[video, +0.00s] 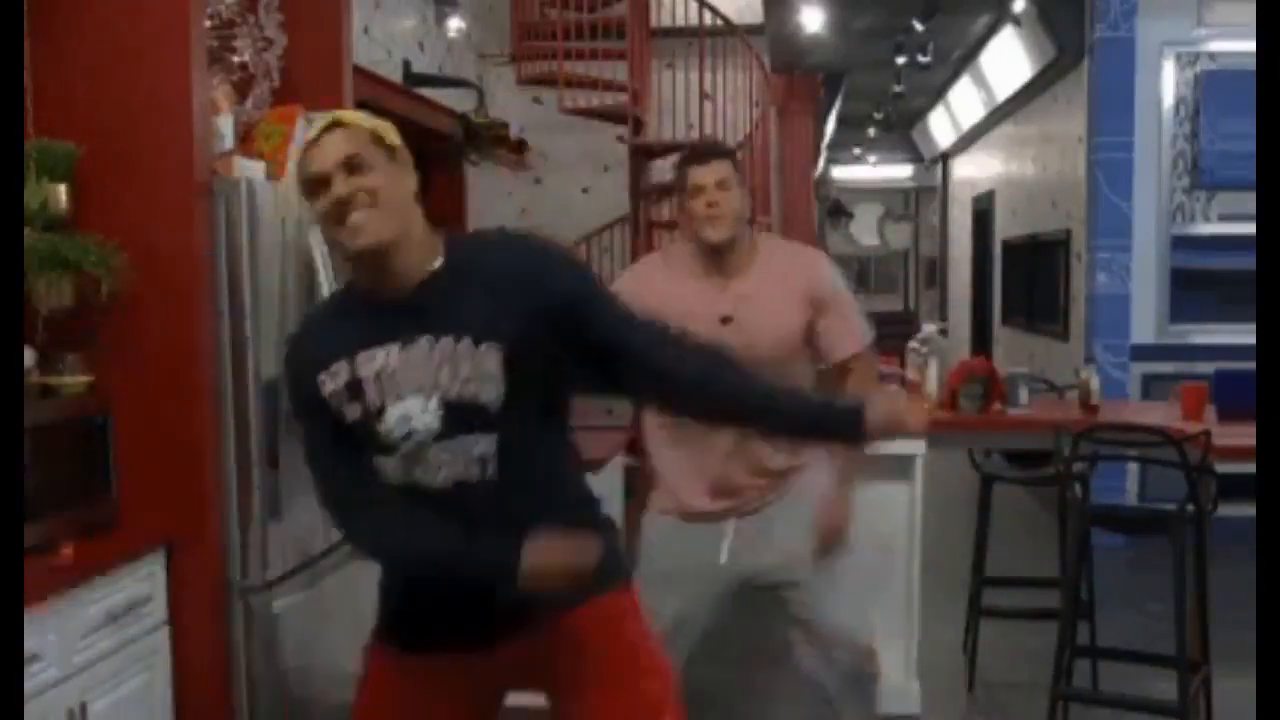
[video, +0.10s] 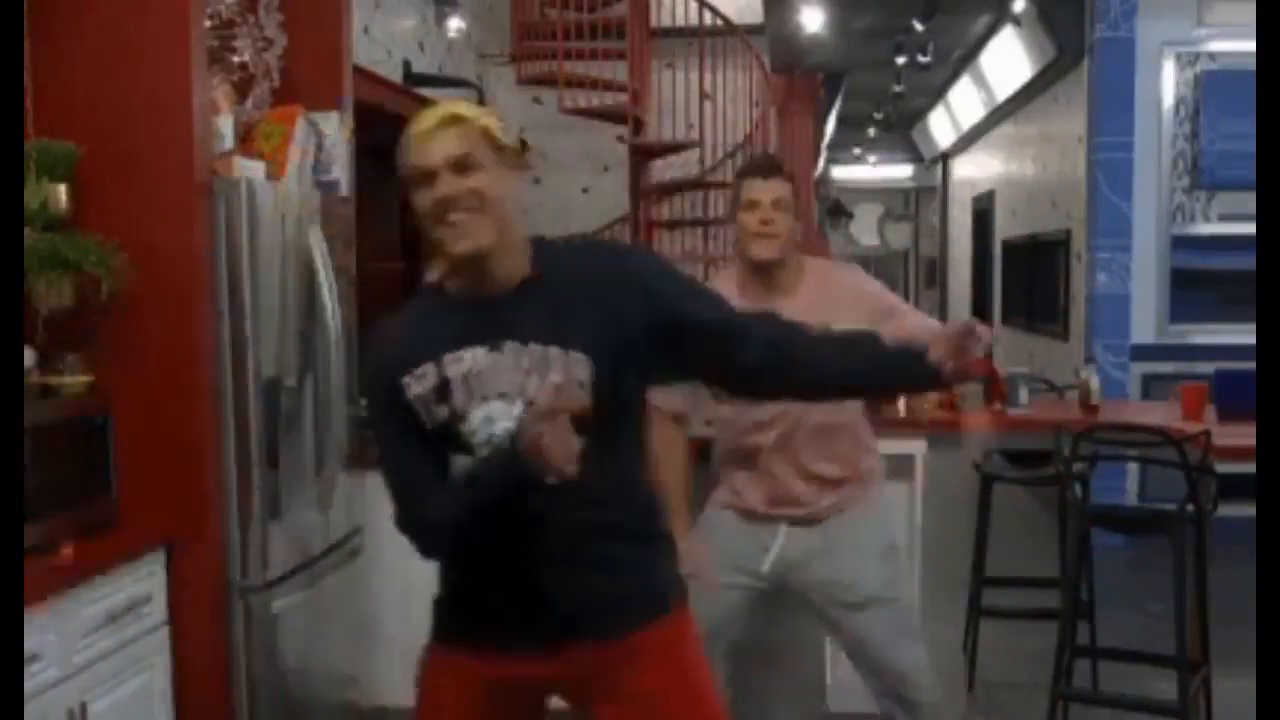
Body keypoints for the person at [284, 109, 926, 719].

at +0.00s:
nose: (340, 192)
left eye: (357, 168)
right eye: (320, 187)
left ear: (410, 175)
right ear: (316, 218)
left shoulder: (522, 272)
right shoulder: (317, 349)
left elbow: (670, 367)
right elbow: (362, 514)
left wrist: (855, 417)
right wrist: (509, 555)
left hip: (577, 604)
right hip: (429, 628)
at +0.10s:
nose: (446, 191)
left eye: (463, 167)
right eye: (424, 181)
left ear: (514, 171)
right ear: (411, 208)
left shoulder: (613, 281)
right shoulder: (396, 349)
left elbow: (757, 354)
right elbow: (428, 524)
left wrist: (926, 362)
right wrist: (517, 456)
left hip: (634, 638)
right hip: (478, 651)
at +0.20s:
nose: (786, 235)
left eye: (801, 224)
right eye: (774, 222)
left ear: (821, 238)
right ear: (755, 234)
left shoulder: (871, 312)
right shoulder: (721, 321)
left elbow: (958, 361)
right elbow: (708, 442)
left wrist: (989, 372)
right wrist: (758, 522)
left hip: (870, 544)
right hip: (763, 539)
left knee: (918, 697)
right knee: (725, 692)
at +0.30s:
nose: (796, 213)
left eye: (811, 195)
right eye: (776, 203)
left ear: (839, 208)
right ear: (757, 227)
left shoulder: (919, 277)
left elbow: (1029, 342)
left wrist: (1061, 319)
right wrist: (890, 471)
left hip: (932, 587)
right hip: (795, 586)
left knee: (968, 708)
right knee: (742, 707)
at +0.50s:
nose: (823, 195)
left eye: (838, 180)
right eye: (805, 182)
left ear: (860, 195)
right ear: (780, 203)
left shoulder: (927, 287)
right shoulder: (737, 316)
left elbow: (993, 390)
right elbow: (736, 454)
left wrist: (1067, 409)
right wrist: (855, 516)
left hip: (925, 573)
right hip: (797, 575)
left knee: (952, 711)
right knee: (778, 713)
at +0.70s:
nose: (791, 195)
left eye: (807, 183)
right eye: (775, 184)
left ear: (830, 201)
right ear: (751, 203)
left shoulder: (883, 300)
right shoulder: (694, 309)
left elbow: (933, 426)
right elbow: (657, 443)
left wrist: (946, 555)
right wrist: (676, 551)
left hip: (869, 580)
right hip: (738, 580)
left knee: (895, 706)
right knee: (719, 709)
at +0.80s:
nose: (766, 190)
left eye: (781, 177)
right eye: (750, 177)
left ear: (805, 196)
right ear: (728, 193)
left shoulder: (850, 292)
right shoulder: (667, 289)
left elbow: (894, 421)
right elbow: (621, 417)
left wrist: (859, 529)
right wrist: (629, 542)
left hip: (825, 575)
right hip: (695, 577)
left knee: (883, 709)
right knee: (678, 712)